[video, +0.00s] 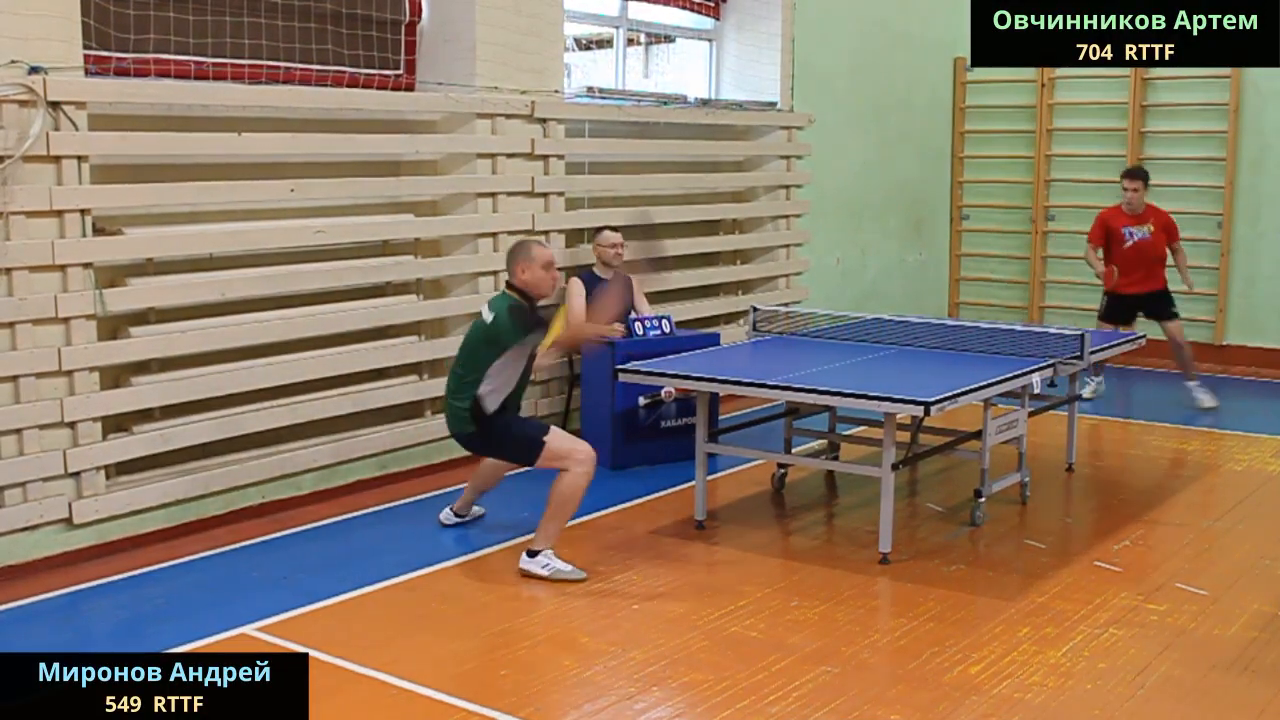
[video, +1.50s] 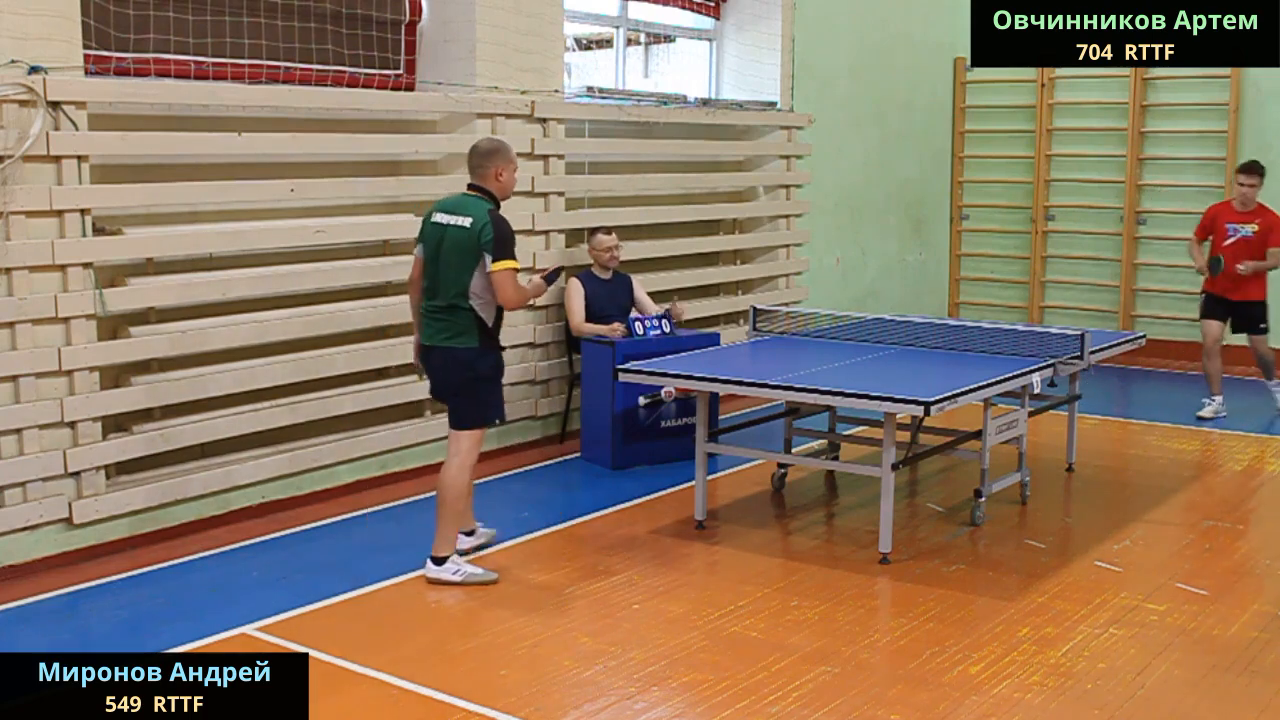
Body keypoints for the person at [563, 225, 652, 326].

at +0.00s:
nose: (619, 252)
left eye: (622, 246)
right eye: (612, 247)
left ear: (625, 248)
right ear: (596, 250)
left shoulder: (629, 282)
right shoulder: (578, 283)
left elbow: (648, 317)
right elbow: (575, 328)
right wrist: (606, 331)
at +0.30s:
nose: (620, 251)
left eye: (622, 246)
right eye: (613, 246)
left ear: (625, 247)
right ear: (596, 249)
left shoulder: (628, 282)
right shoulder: (578, 283)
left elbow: (649, 319)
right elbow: (577, 328)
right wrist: (606, 330)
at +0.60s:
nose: (623, 251)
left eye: (624, 246)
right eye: (616, 246)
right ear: (597, 249)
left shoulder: (628, 281)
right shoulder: (578, 283)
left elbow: (648, 318)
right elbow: (577, 328)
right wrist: (606, 330)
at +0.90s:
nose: (622, 252)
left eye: (623, 246)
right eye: (616, 247)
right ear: (597, 249)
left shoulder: (628, 281)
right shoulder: (578, 283)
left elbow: (648, 317)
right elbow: (577, 327)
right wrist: (606, 330)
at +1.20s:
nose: (618, 254)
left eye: (620, 248)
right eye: (611, 250)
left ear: (623, 248)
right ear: (594, 251)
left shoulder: (628, 281)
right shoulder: (578, 283)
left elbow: (648, 317)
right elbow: (577, 327)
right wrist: (606, 330)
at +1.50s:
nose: (615, 254)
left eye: (617, 248)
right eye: (607, 250)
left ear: (620, 247)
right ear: (592, 253)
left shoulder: (627, 281)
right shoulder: (577, 284)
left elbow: (655, 314)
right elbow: (577, 328)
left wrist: (671, 315)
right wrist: (607, 330)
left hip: (630, 349)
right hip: (595, 352)